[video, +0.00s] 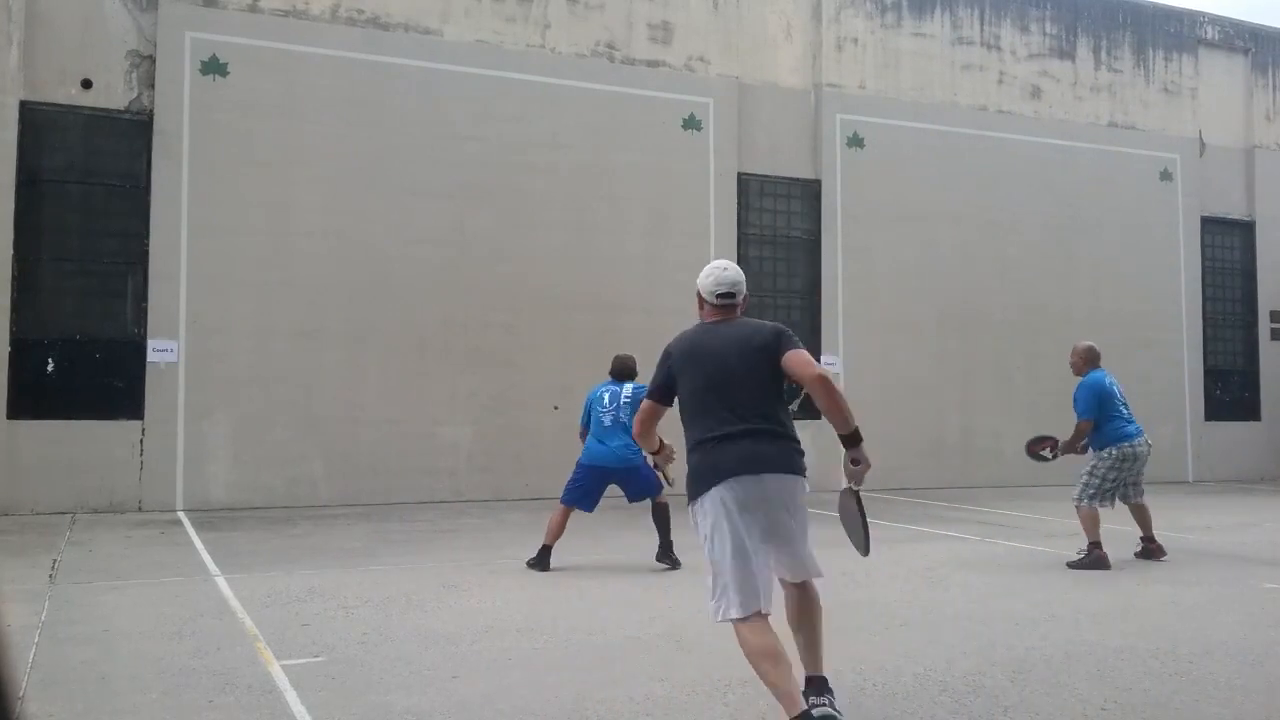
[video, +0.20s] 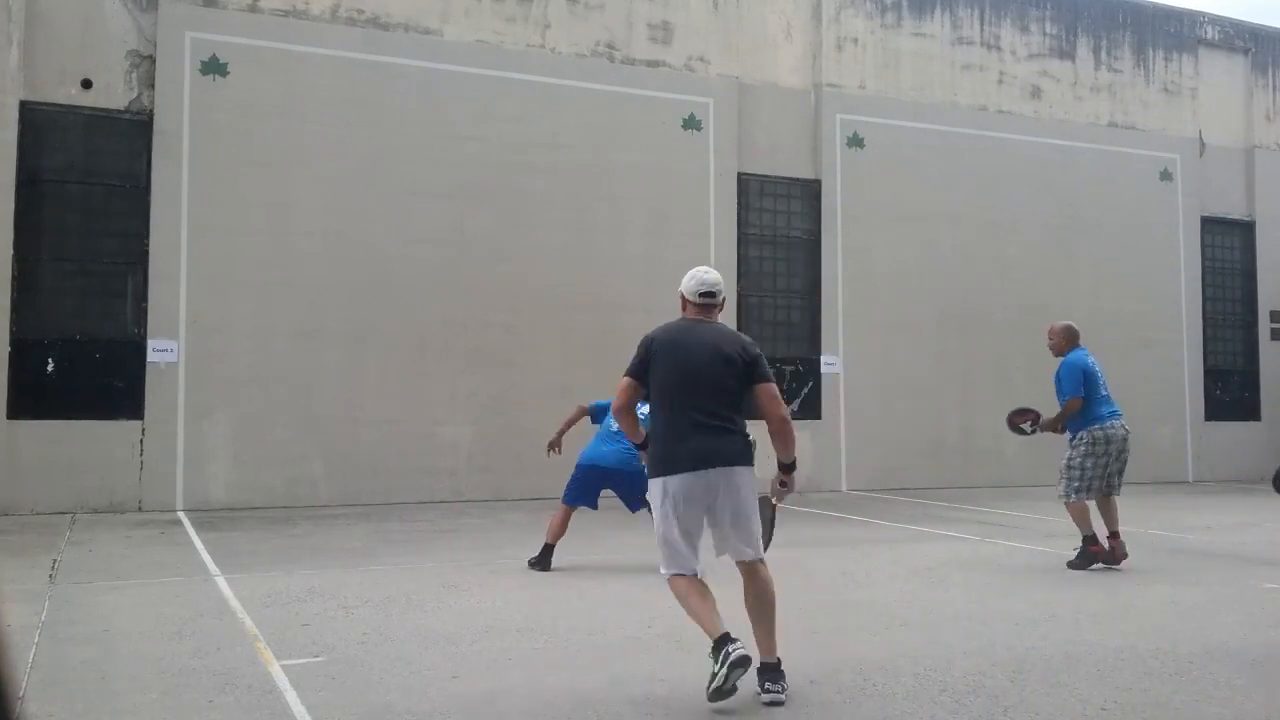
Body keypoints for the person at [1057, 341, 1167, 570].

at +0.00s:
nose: (1070, 362)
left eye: (1073, 358)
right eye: (1071, 358)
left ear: (1083, 361)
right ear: (1091, 361)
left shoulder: (1088, 385)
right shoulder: (1106, 378)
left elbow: (1084, 426)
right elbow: (1108, 421)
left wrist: (1068, 445)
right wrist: (1086, 445)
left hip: (1118, 449)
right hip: (1138, 444)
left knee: (1084, 497)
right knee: (1131, 494)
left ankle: (1095, 552)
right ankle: (1151, 544)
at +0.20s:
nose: (1048, 344)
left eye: (1052, 339)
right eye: (1048, 339)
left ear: (1066, 341)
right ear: (1071, 340)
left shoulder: (1070, 364)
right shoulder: (1086, 358)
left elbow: (1074, 402)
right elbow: (1088, 404)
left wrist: (1054, 421)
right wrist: (1064, 423)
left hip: (1094, 433)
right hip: (1116, 429)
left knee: (1070, 491)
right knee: (1103, 490)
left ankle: (1091, 545)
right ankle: (1116, 545)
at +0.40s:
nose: (1031, 354)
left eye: (1035, 349)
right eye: (1032, 349)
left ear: (1048, 350)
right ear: (1053, 351)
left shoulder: (1057, 373)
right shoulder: (1069, 370)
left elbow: (1057, 413)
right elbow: (1064, 416)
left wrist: (1033, 429)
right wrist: (1040, 433)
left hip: (1069, 443)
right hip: (1090, 442)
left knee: (1041, 500)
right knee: (1074, 503)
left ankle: (1041, 560)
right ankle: (1097, 553)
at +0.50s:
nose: (1019, 358)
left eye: (1022, 354)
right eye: (1020, 354)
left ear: (1035, 357)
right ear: (1044, 356)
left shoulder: (1042, 377)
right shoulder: (1058, 375)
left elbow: (1040, 418)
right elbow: (1057, 421)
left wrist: (1017, 436)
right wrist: (1030, 441)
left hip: (1063, 446)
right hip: (1085, 446)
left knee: (1028, 503)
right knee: (1061, 501)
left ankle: (1040, 561)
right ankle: (1091, 550)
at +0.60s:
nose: (1009, 357)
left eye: (1012, 352)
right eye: (1009, 352)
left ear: (1024, 353)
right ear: (1033, 352)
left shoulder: (1030, 374)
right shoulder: (1049, 371)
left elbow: (1032, 413)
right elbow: (1050, 416)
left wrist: (1011, 433)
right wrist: (1025, 438)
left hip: (1058, 441)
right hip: (1081, 440)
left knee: (1028, 499)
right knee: (1063, 499)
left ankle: (1040, 561)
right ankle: (1087, 553)